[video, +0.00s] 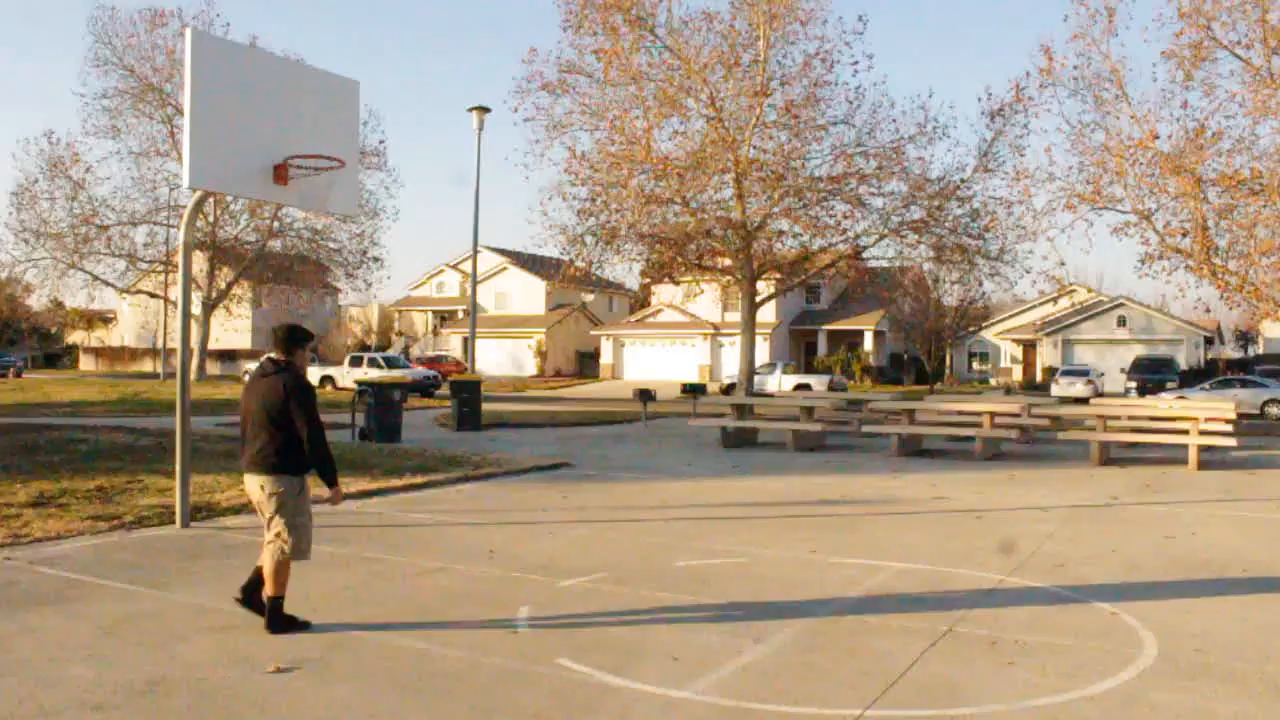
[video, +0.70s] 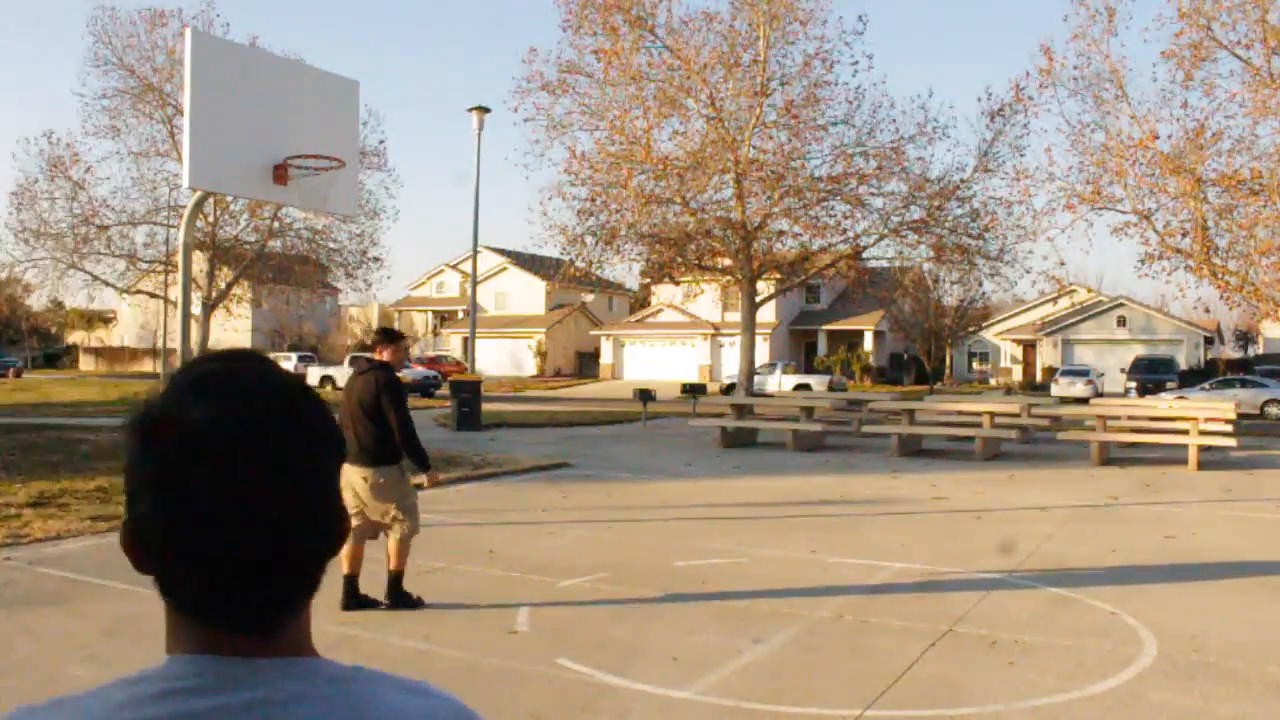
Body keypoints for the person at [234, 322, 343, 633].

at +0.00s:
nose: (310, 358)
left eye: (310, 352)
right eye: (307, 352)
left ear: (277, 350)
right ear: (295, 352)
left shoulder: (255, 380)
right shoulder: (296, 385)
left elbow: (249, 428)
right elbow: (314, 437)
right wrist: (332, 482)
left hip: (253, 472)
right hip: (281, 475)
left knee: (278, 534)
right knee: (284, 540)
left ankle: (254, 587)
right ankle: (275, 613)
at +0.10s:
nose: (322, 356)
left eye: (321, 351)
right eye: (320, 350)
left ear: (292, 350)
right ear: (310, 351)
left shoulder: (266, 382)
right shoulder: (312, 385)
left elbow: (256, 431)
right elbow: (338, 433)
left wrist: (263, 461)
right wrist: (366, 471)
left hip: (268, 471)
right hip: (293, 475)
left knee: (311, 530)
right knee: (288, 539)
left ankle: (298, 596)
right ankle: (276, 612)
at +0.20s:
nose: (338, 358)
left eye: (338, 352)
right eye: (336, 352)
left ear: (307, 352)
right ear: (325, 353)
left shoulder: (281, 382)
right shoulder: (328, 386)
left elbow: (267, 429)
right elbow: (356, 428)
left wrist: (266, 468)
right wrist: (386, 461)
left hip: (281, 471)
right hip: (308, 474)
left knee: (319, 532)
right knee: (296, 539)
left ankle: (340, 590)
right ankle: (277, 614)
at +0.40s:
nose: (364, 359)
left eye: (364, 353)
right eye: (362, 353)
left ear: (333, 353)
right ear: (348, 354)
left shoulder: (308, 384)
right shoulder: (358, 387)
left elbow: (297, 431)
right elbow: (379, 431)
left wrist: (297, 470)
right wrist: (403, 462)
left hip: (311, 470)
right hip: (339, 473)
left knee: (347, 530)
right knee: (337, 532)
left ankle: (350, 593)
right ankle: (294, 593)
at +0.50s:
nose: (377, 356)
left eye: (376, 350)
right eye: (373, 350)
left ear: (346, 351)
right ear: (358, 351)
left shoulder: (323, 381)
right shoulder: (368, 383)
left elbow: (316, 426)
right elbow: (388, 430)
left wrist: (320, 456)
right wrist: (406, 461)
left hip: (322, 467)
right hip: (354, 470)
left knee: (344, 529)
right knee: (370, 526)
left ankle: (350, 593)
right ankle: (320, 578)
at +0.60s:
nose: (390, 355)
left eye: (390, 349)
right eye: (386, 349)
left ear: (361, 350)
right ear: (369, 350)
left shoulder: (339, 378)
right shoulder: (376, 379)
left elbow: (334, 422)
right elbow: (396, 427)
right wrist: (414, 463)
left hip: (334, 465)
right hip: (366, 467)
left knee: (348, 526)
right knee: (391, 519)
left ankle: (349, 592)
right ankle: (355, 578)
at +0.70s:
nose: (406, 356)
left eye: (406, 350)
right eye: (402, 350)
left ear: (378, 351)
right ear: (384, 350)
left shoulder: (355, 378)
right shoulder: (387, 379)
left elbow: (345, 423)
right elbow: (403, 429)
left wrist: (353, 455)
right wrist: (426, 467)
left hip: (351, 465)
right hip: (380, 468)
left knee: (357, 527)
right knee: (403, 522)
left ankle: (350, 592)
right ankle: (395, 591)